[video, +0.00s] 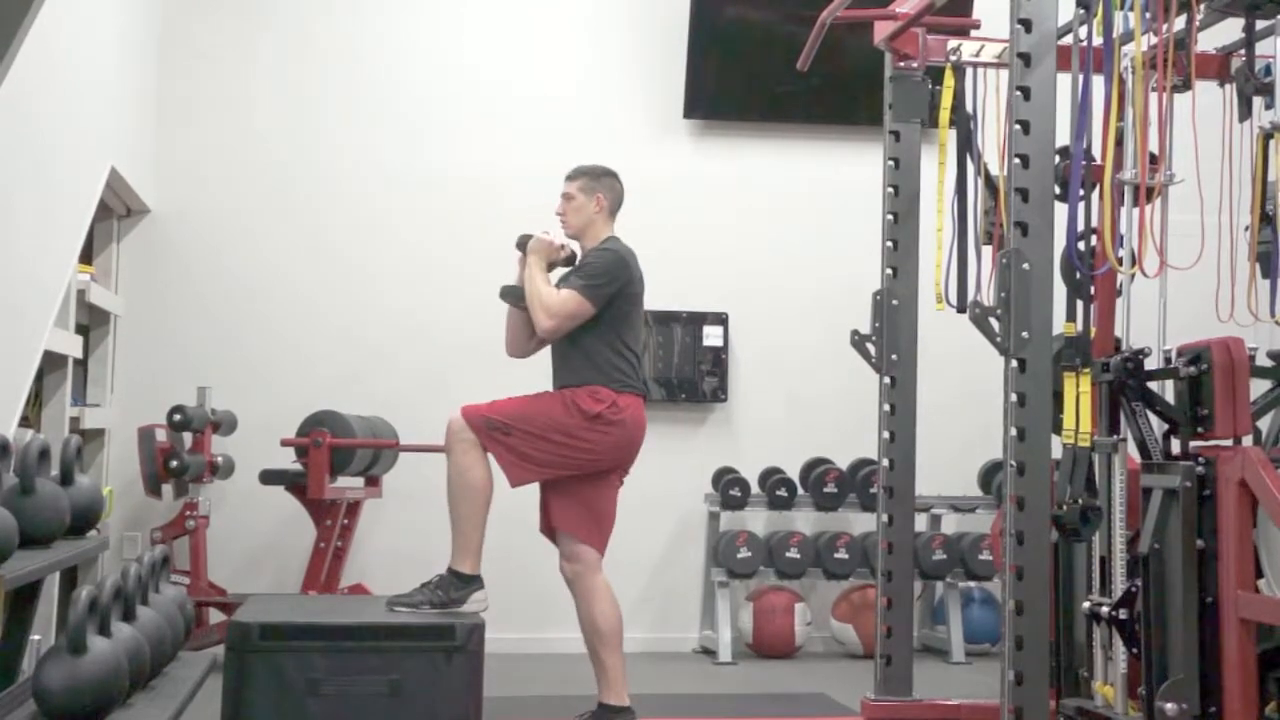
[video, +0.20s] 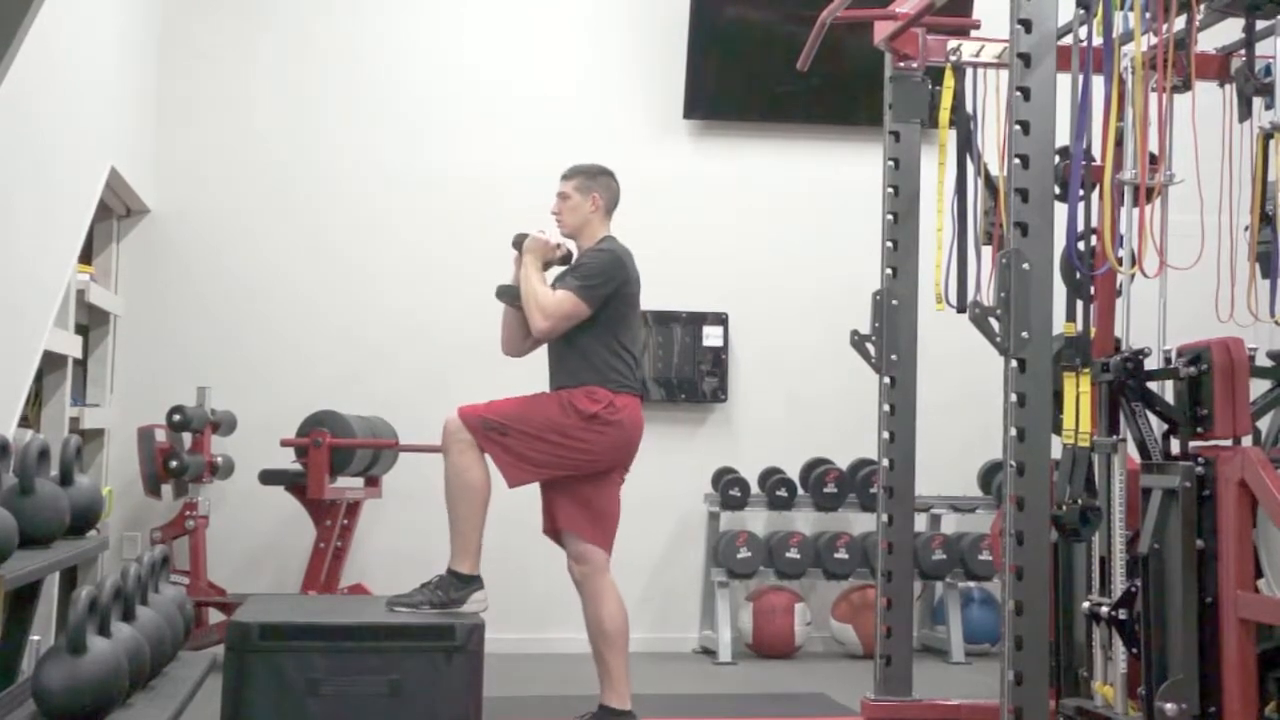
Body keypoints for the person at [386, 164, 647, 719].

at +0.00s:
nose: (558, 208)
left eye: (569, 198)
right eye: (561, 198)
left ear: (602, 204)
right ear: (595, 207)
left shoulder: (612, 258)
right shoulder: (581, 268)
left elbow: (550, 322)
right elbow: (520, 344)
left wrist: (536, 262)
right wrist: (527, 277)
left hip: (602, 411)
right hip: (602, 418)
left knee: (466, 427)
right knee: (581, 560)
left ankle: (462, 578)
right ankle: (616, 705)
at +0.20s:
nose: (553, 208)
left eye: (563, 197)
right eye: (556, 197)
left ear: (597, 203)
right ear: (587, 205)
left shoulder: (608, 258)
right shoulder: (577, 267)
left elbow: (545, 322)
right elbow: (514, 343)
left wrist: (533, 262)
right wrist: (522, 276)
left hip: (599, 411)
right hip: (601, 418)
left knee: (461, 429)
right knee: (589, 563)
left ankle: (461, 578)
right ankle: (617, 706)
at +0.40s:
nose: (543, 208)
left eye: (552, 198)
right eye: (544, 198)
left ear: (584, 202)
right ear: (577, 205)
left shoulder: (597, 258)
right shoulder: (569, 267)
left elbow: (534, 325)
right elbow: (506, 345)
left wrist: (523, 264)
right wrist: (510, 277)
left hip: (591, 411)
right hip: (598, 419)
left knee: (453, 429)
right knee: (586, 565)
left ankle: (461, 577)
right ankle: (617, 706)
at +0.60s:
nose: (519, 214)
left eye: (529, 203)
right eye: (521, 203)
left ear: (561, 208)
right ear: (555, 210)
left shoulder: (577, 265)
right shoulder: (552, 274)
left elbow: (512, 332)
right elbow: (488, 353)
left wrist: (494, 272)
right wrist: (492, 285)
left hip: (577, 417)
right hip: (580, 427)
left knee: (437, 432)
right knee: (547, 575)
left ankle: (460, 578)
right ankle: (611, 705)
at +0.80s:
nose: (487, 202)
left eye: (496, 192)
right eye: (489, 192)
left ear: (528, 196)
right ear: (523, 197)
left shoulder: (544, 254)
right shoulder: (519, 264)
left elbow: (477, 321)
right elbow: (453, 341)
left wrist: (462, 259)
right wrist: (454, 278)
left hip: (550, 406)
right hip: (559, 415)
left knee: (414, 441)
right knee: (540, 563)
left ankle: (457, 578)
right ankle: (604, 696)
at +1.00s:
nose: (453, 124)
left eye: (462, 113)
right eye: (454, 114)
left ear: (495, 116)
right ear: (493, 117)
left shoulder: (507, 174)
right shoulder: (490, 181)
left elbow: (440, 237)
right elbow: (423, 265)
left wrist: (425, 174)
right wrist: (419, 202)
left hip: (517, 331)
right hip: (520, 334)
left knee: (413, 439)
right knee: (461, 480)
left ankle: (456, 576)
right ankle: (541, 592)